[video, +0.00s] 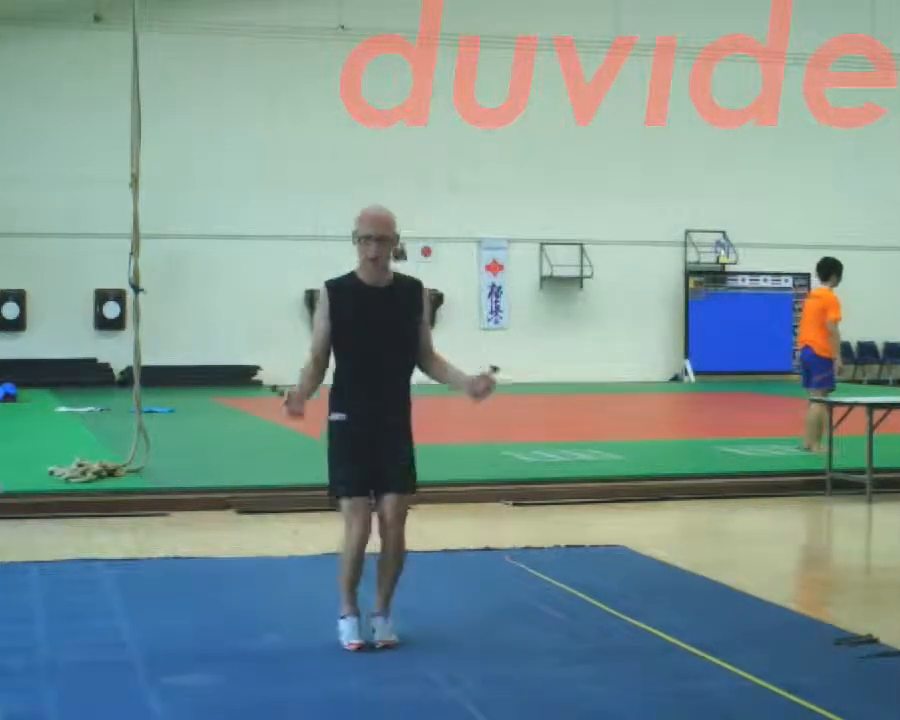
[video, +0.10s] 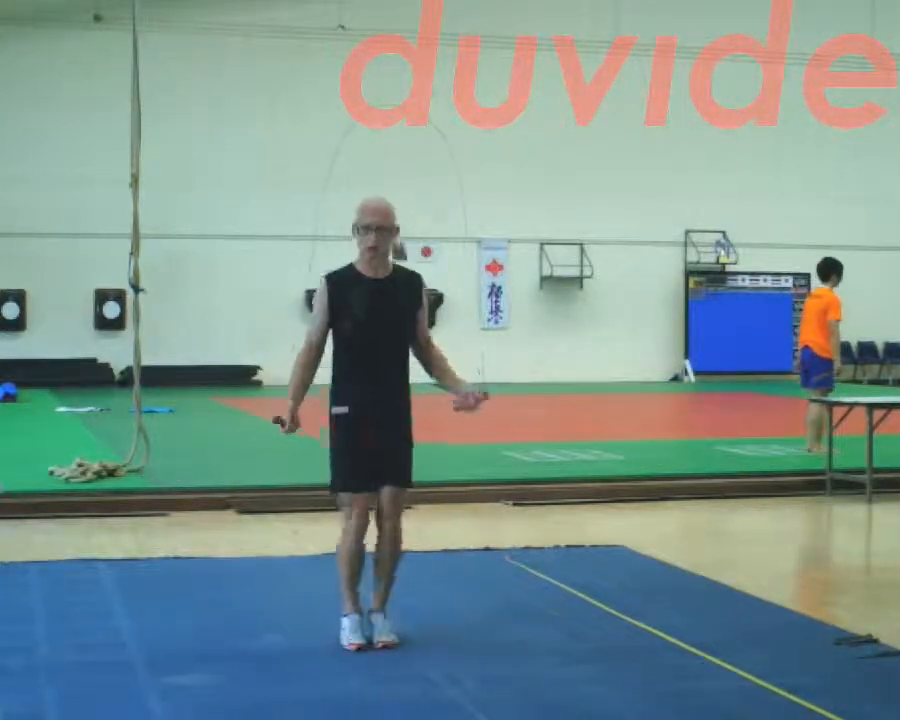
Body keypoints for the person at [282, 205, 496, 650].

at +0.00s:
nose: (374, 249)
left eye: (382, 240)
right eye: (366, 240)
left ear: (396, 243)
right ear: (355, 242)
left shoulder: (415, 294)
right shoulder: (333, 294)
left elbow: (427, 358)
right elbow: (318, 358)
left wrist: (466, 382)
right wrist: (302, 391)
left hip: (395, 417)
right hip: (348, 417)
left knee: (393, 520)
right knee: (359, 521)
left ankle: (382, 615)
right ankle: (348, 614)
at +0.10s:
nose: (373, 238)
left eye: (382, 230)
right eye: (365, 230)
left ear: (396, 234)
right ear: (353, 234)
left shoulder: (412, 285)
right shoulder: (333, 286)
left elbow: (424, 346)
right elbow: (312, 349)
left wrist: (456, 385)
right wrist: (293, 404)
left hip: (394, 410)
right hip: (349, 411)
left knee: (391, 511)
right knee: (356, 514)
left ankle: (380, 610)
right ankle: (350, 612)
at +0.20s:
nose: (373, 198)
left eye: (382, 190)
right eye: (364, 189)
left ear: (395, 192)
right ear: (353, 191)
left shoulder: (413, 242)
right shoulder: (332, 242)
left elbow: (425, 312)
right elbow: (313, 310)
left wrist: (454, 363)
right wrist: (287, 368)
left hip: (394, 369)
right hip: (349, 369)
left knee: (396, 466)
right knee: (353, 472)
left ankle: (388, 577)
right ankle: (351, 579)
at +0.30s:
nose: (372, 188)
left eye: (382, 180)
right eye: (364, 180)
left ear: (396, 181)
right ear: (353, 181)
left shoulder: (415, 229)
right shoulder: (334, 230)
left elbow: (428, 293)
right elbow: (312, 296)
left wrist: (456, 344)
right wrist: (292, 349)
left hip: (392, 348)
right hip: (345, 348)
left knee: (395, 438)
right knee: (358, 440)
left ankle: (386, 546)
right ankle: (353, 547)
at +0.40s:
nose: (372, 197)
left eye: (381, 189)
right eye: (364, 189)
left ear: (396, 191)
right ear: (354, 190)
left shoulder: (415, 236)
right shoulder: (333, 238)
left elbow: (432, 301)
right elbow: (308, 305)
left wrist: (458, 356)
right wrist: (282, 364)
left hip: (391, 352)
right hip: (346, 353)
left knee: (394, 452)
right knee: (360, 451)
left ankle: (385, 551)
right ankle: (356, 552)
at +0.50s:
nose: (369, 222)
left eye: (378, 213)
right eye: (361, 213)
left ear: (393, 215)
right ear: (350, 215)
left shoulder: (414, 263)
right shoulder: (331, 264)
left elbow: (427, 329)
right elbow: (311, 328)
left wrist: (462, 369)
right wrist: (289, 379)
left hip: (393, 388)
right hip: (345, 388)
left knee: (392, 496)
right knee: (357, 495)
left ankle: (385, 593)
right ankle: (354, 596)